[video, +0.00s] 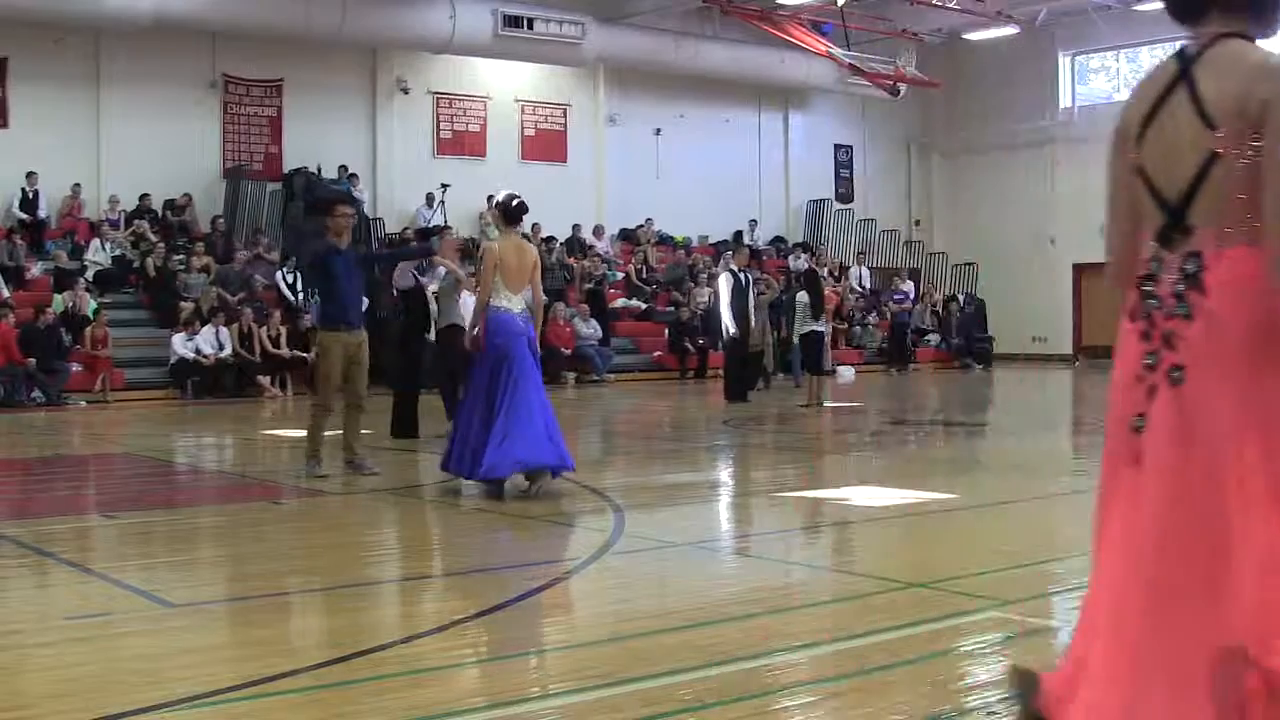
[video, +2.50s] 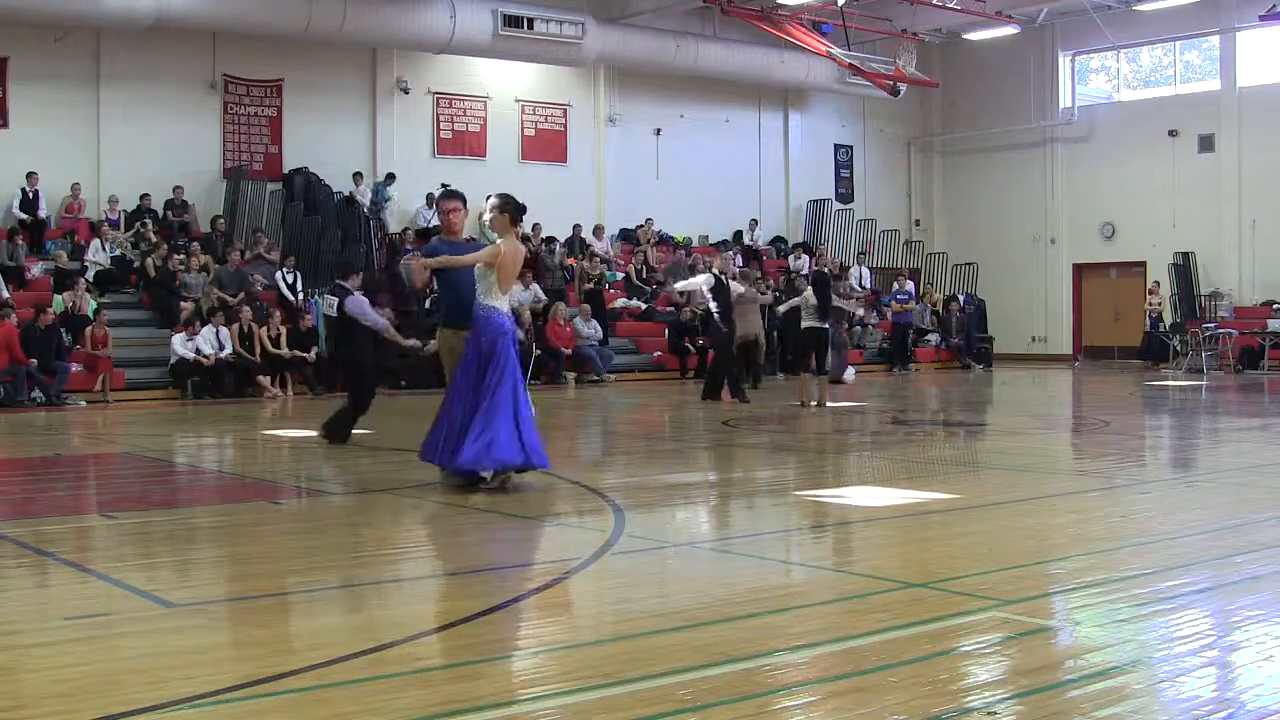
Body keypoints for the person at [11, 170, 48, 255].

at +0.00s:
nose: (35, 181)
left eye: (36, 179)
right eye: (33, 179)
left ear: (37, 180)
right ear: (27, 180)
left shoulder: (39, 193)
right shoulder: (20, 192)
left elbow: (42, 209)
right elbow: (14, 209)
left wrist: (40, 216)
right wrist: (25, 217)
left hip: (36, 217)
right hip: (24, 218)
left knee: (42, 224)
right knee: (33, 227)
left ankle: (40, 247)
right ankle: (33, 247)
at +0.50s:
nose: (37, 181)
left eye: (37, 178)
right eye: (34, 178)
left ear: (38, 180)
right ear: (28, 179)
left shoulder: (39, 192)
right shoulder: (20, 192)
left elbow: (42, 208)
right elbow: (15, 209)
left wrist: (42, 216)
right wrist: (26, 217)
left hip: (36, 217)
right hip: (25, 218)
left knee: (42, 224)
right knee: (32, 226)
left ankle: (40, 247)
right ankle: (32, 247)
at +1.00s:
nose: (37, 181)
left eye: (37, 178)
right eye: (34, 178)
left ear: (37, 180)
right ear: (29, 179)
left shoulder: (39, 193)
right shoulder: (20, 192)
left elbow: (42, 208)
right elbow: (15, 209)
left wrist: (42, 216)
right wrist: (25, 217)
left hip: (36, 217)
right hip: (25, 217)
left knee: (42, 224)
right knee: (34, 226)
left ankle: (40, 247)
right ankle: (33, 248)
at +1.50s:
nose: (36, 181)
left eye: (37, 178)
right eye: (34, 178)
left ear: (38, 180)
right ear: (28, 179)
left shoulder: (39, 193)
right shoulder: (20, 192)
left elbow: (42, 208)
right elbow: (15, 209)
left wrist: (41, 216)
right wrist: (25, 217)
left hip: (36, 217)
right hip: (25, 217)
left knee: (42, 223)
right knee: (33, 226)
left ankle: (40, 248)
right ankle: (32, 248)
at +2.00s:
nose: (36, 181)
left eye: (37, 179)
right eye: (34, 178)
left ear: (38, 180)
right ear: (28, 179)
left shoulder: (39, 193)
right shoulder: (20, 192)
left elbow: (42, 208)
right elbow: (15, 209)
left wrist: (42, 216)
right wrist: (25, 217)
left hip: (36, 217)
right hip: (24, 217)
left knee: (43, 223)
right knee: (33, 226)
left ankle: (39, 248)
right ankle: (32, 249)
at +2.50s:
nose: (37, 181)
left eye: (37, 179)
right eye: (34, 179)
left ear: (38, 180)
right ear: (28, 180)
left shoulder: (39, 193)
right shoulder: (20, 192)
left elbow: (42, 208)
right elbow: (14, 209)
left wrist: (41, 215)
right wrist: (25, 217)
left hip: (36, 216)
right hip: (24, 217)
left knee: (42, 224)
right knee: (34, 227)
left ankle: (39, 248)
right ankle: (32, 248)